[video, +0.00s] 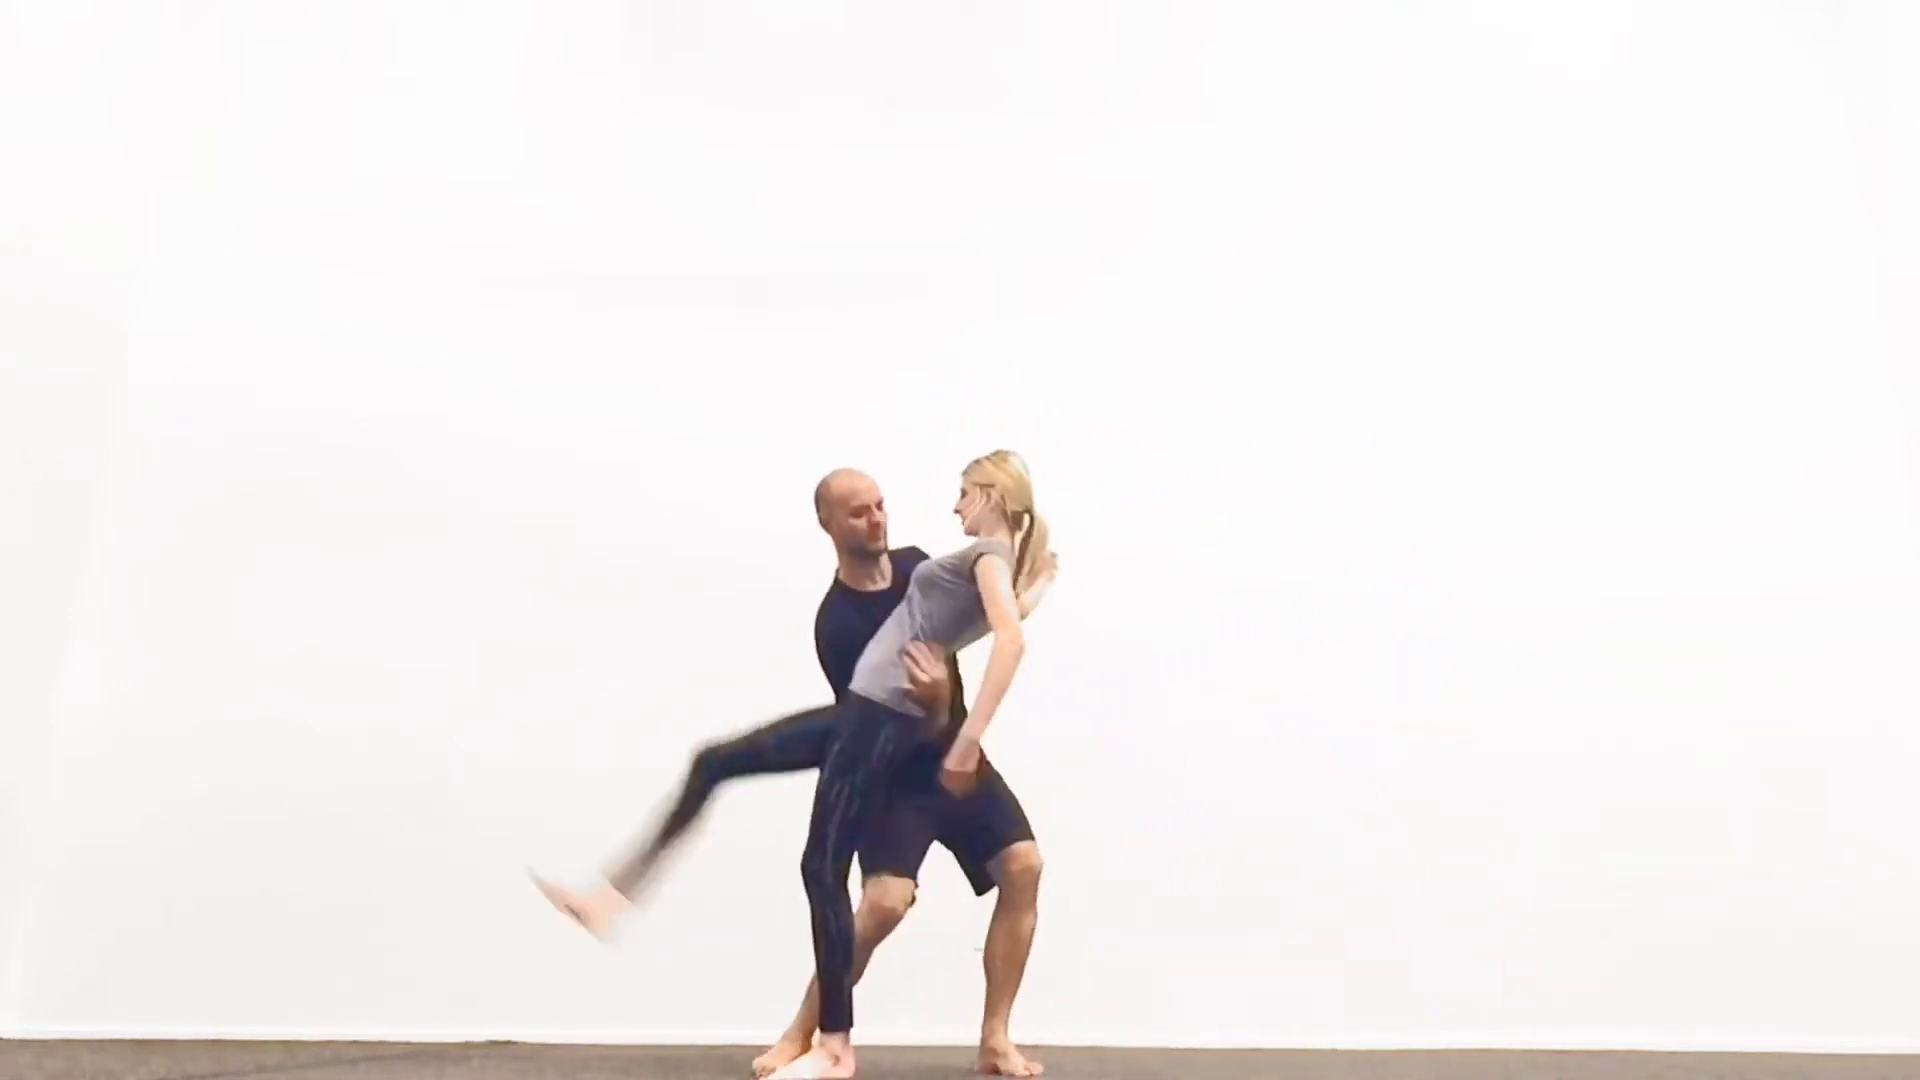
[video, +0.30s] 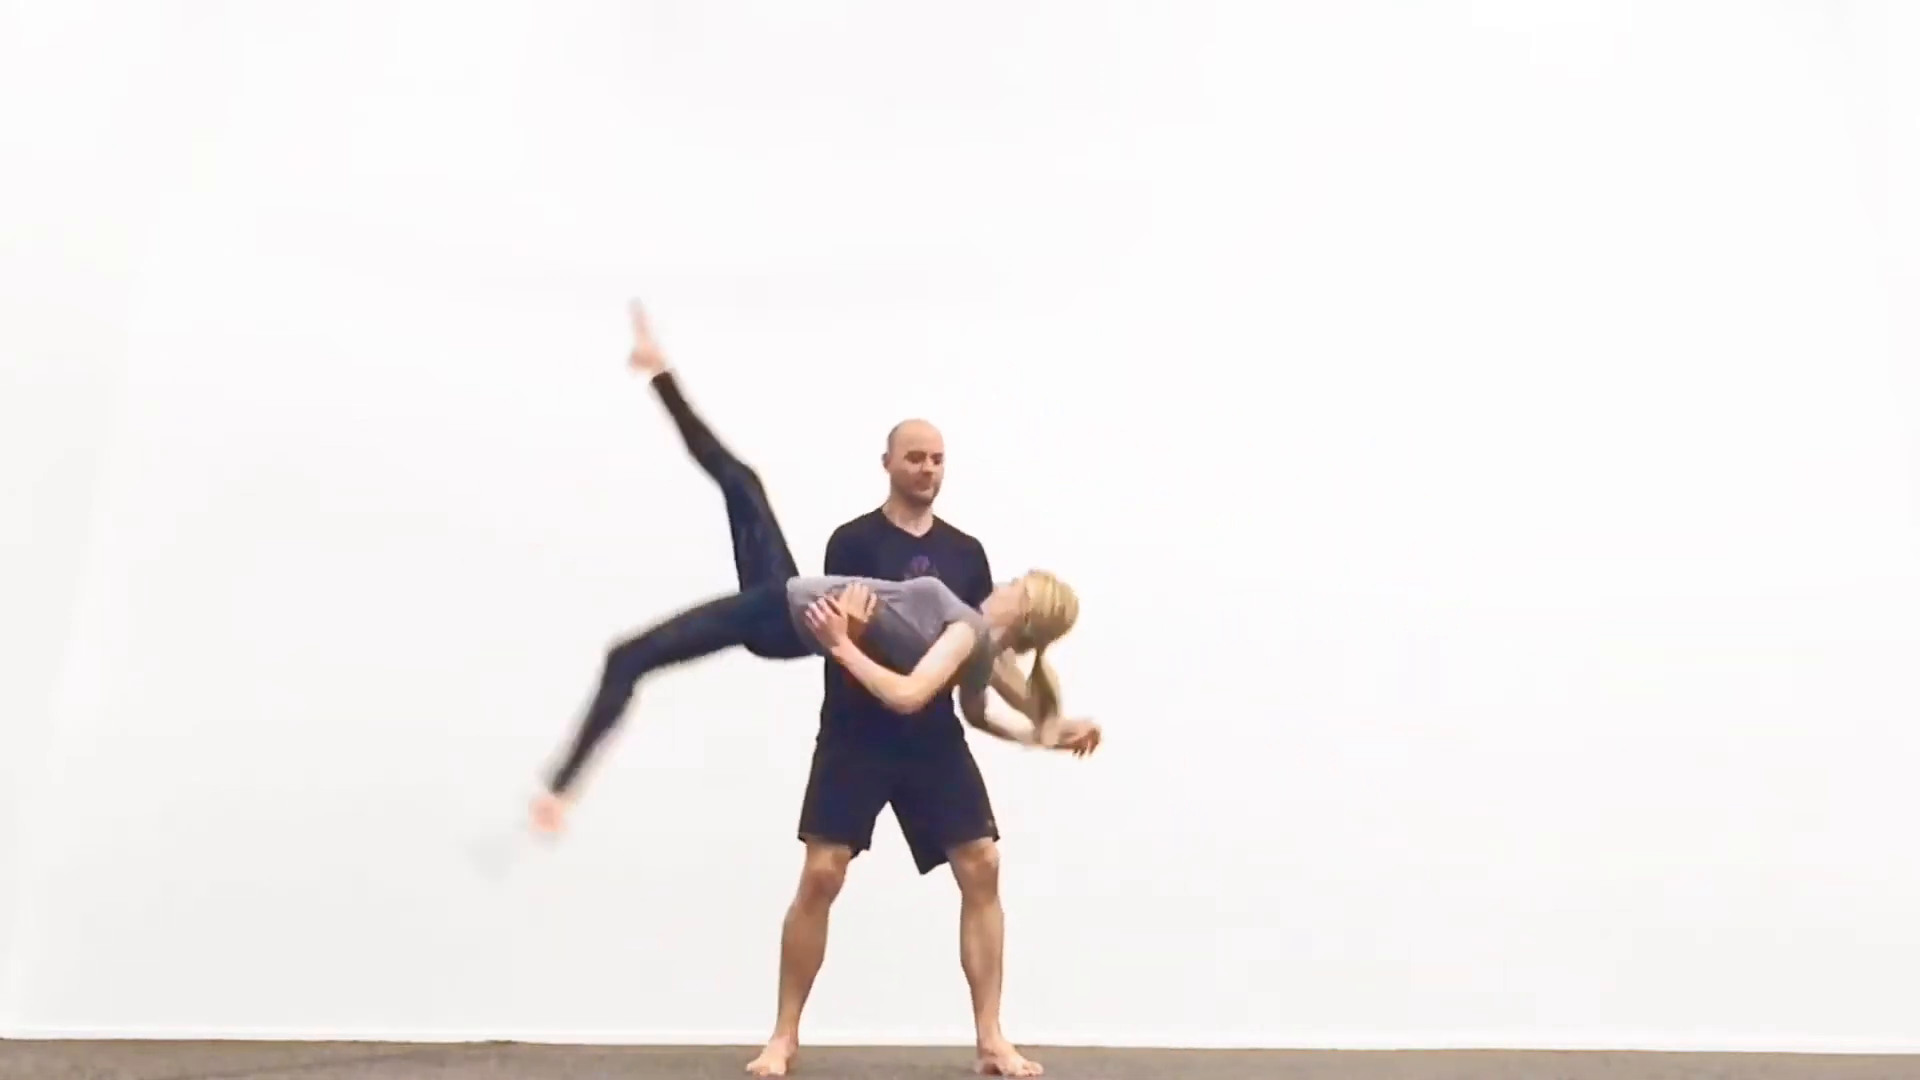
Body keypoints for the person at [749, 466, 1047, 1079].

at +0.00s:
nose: (877, 518)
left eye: (879, 505)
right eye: (860, 513)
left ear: (886, 504)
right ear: (828, 526)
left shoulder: (915, 564)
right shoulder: (835, 624)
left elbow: (952, 660)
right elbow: (870, 725)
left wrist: (951, 700)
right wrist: (939, 701)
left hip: (951, 750)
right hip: (893, 767)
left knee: (1023, 868)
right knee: (888, 902)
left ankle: (996, 1040)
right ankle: (799, 1036)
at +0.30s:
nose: (928, 468)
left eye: (936, 459)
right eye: (916, 457)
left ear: (945, 466)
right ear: (887, 463)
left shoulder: (965, 552)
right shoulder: (851, 543)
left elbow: (988, 660)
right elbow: (820, 644)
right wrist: (856, 636)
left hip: (935, 738)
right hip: (853, 737)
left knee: (981, 865)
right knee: (820, 876)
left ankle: (991, 1041)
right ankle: (783, 1039)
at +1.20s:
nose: (1025, 519)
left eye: (1031, 513)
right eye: (1021, 504)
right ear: (985, 487)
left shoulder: (987, 585)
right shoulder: (928, 512)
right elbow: (873, 587)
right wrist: (946, 594)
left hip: (932, 729)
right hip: (854, 720)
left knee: (984, 863)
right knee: (816, 878)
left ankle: (991, 1038)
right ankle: (779, 1036)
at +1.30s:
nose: (1038, 513)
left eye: (1044, 506)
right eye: (1034, 497)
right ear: (996, 482)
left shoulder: (1001, 584)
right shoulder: (944, 513)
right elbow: (919, 587)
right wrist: (1001, 621)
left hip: (936, 729)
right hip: (865, 717)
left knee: (995, 864)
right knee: (825, 878)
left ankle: (991, 1039)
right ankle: (781, 1035)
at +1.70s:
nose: (1066, 471)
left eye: (1071, 466)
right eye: (1059, 457)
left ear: (1056, 473)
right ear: (1021, 446)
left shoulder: (1033, 561)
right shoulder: (983, 476)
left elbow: (1021, 662)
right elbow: (978, 497)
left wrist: (1080, 696)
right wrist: (1074, 543)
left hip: (982, 706)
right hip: (917, 692)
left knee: (1000, 864)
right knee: (890, 849)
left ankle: (990, 1040)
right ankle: (816, 1004)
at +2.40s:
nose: (1009, 419)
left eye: (1009, 409)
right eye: (998, 405)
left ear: (976, 412)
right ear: (953, 405)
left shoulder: (974, 497)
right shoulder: (931, 479)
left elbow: (1006, 625)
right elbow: (936, 585)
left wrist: (1099, 617)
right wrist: (1046, 596)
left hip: (980, 698)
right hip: (934, 694)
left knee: (984, 859)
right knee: (928, 855)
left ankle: (961, 1033)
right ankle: (901, 1047)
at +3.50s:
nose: (1060, 451)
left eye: (1063, 440)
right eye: (1049, 438)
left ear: (1053, 447)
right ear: (1008, 439)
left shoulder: (1044, 537)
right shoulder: (955, 510)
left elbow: (1052, 644)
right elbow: (947, 621)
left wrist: (1035, 604)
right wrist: (1041, 638)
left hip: (976, 708)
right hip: (911, 699)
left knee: (999, 866)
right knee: (898, 843)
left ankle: (965, 1039)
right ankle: (836, 1022)